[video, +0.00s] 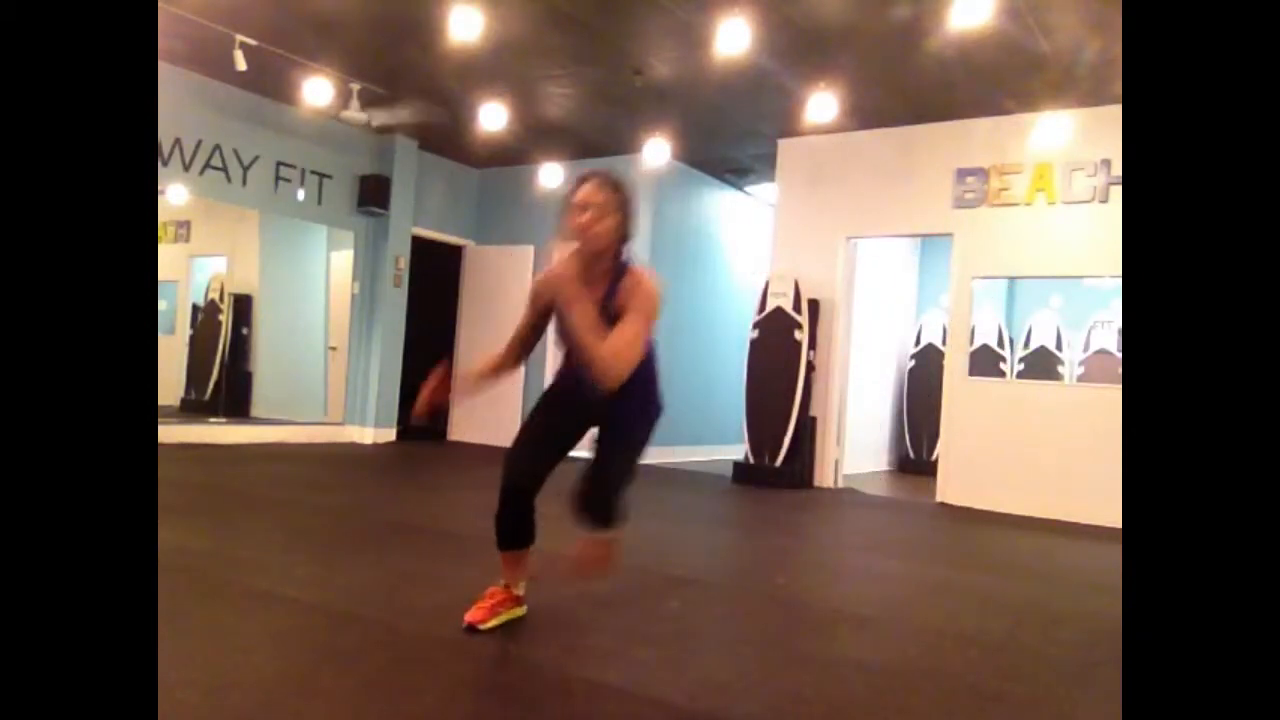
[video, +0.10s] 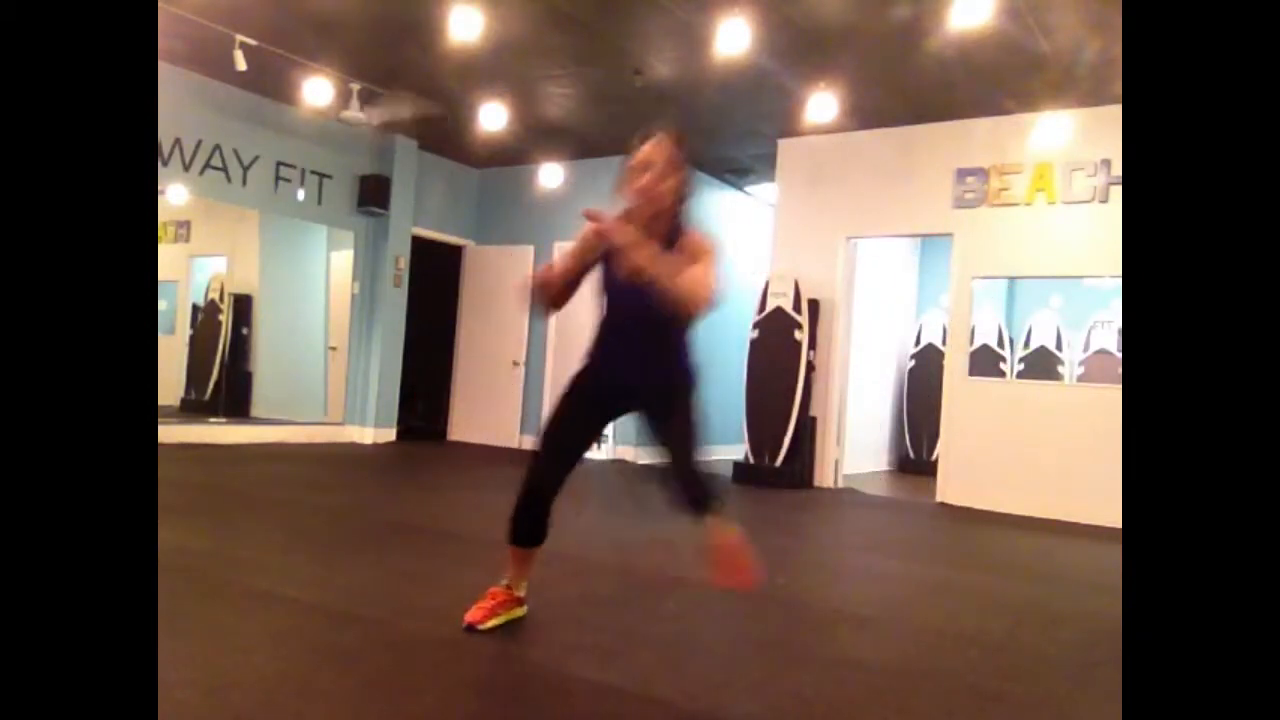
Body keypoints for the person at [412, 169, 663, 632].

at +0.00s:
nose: (584, 220)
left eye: (597, 211)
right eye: (577, 209)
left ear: (621, 223)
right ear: (568, 219)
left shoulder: (639, 287)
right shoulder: (556, 280)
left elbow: (610, 369)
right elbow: (516, 351)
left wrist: (573, 293)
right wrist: (463, 382)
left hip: (630, 401)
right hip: (574, 388)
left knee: (595, 498)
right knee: (518, 477)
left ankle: (604, 531)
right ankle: (511, 590)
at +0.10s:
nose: (647, 181)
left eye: (660, 172)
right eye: (639, 170)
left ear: (679, 184)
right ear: (626, 180)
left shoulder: (692, 246)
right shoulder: (606, 235)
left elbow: (694, 298)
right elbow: (555, 296)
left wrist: (635, 247)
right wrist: (547, 283)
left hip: (665, 380)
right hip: (606, 372)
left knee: (685, 474)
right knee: (542, 475)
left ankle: (721, 526)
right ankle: (514, 588)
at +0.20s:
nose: (713, 140)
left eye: (725, 130)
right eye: (703, 130)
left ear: (743, 145)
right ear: (687, 144)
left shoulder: (761, 207)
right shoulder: (664, 199)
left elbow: (808, 251)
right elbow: (611, 271)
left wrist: (719, 229)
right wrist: (639, 237)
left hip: (726, 354)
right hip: (662, 350)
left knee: (776, 456)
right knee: (594, 455)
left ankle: (832, 562)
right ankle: (520, 566)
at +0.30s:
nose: (771, 141)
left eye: (782, 130)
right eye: (760, 131)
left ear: (802, 145)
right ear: (744, 145)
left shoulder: (831, 206)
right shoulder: (722, 205)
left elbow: (910, 260)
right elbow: (672, 289)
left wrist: (837, 269)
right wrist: (698, 243)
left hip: (792, 358)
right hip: (723, 352)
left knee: (846, 465)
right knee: (646, 443)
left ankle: (914, 587)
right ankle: (576, 535)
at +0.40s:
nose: (828, 176)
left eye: (838, 164)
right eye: (815, 167)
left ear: (858, 173)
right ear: (797, 178)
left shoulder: (886, 238)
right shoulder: (782, 247)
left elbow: (961, 300)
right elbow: (744, 329)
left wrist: (953, 371)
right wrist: (775, 285)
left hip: (848, 385)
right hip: (780, 380)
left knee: (896, 503)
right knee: (734, 443)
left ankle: (951, 636)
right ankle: (678, 503)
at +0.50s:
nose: (874, 220)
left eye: (885, 207)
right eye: (861, 210)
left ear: (906, 218)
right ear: (844, 224)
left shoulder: (931, 282)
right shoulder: (821, 288)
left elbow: (969, 349)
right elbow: (811, 378)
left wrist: (997, 429)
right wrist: (854, 319)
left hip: (899, 417)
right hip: (831, 416)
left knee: (938, 526)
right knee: (785, 531)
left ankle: (955, 647)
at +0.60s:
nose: (911, 252)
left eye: (923, 241)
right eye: (896, 244)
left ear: (940, 252)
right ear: (877, 258)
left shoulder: (958, 310)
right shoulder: (850, 323)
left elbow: (959, 357)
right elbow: (868, 426)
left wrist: (964, 406)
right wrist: (904, 357)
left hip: (923, 424)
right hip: (860, 434)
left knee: (946, 536)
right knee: (868, 568)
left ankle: (954, 650)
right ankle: (889, 535)